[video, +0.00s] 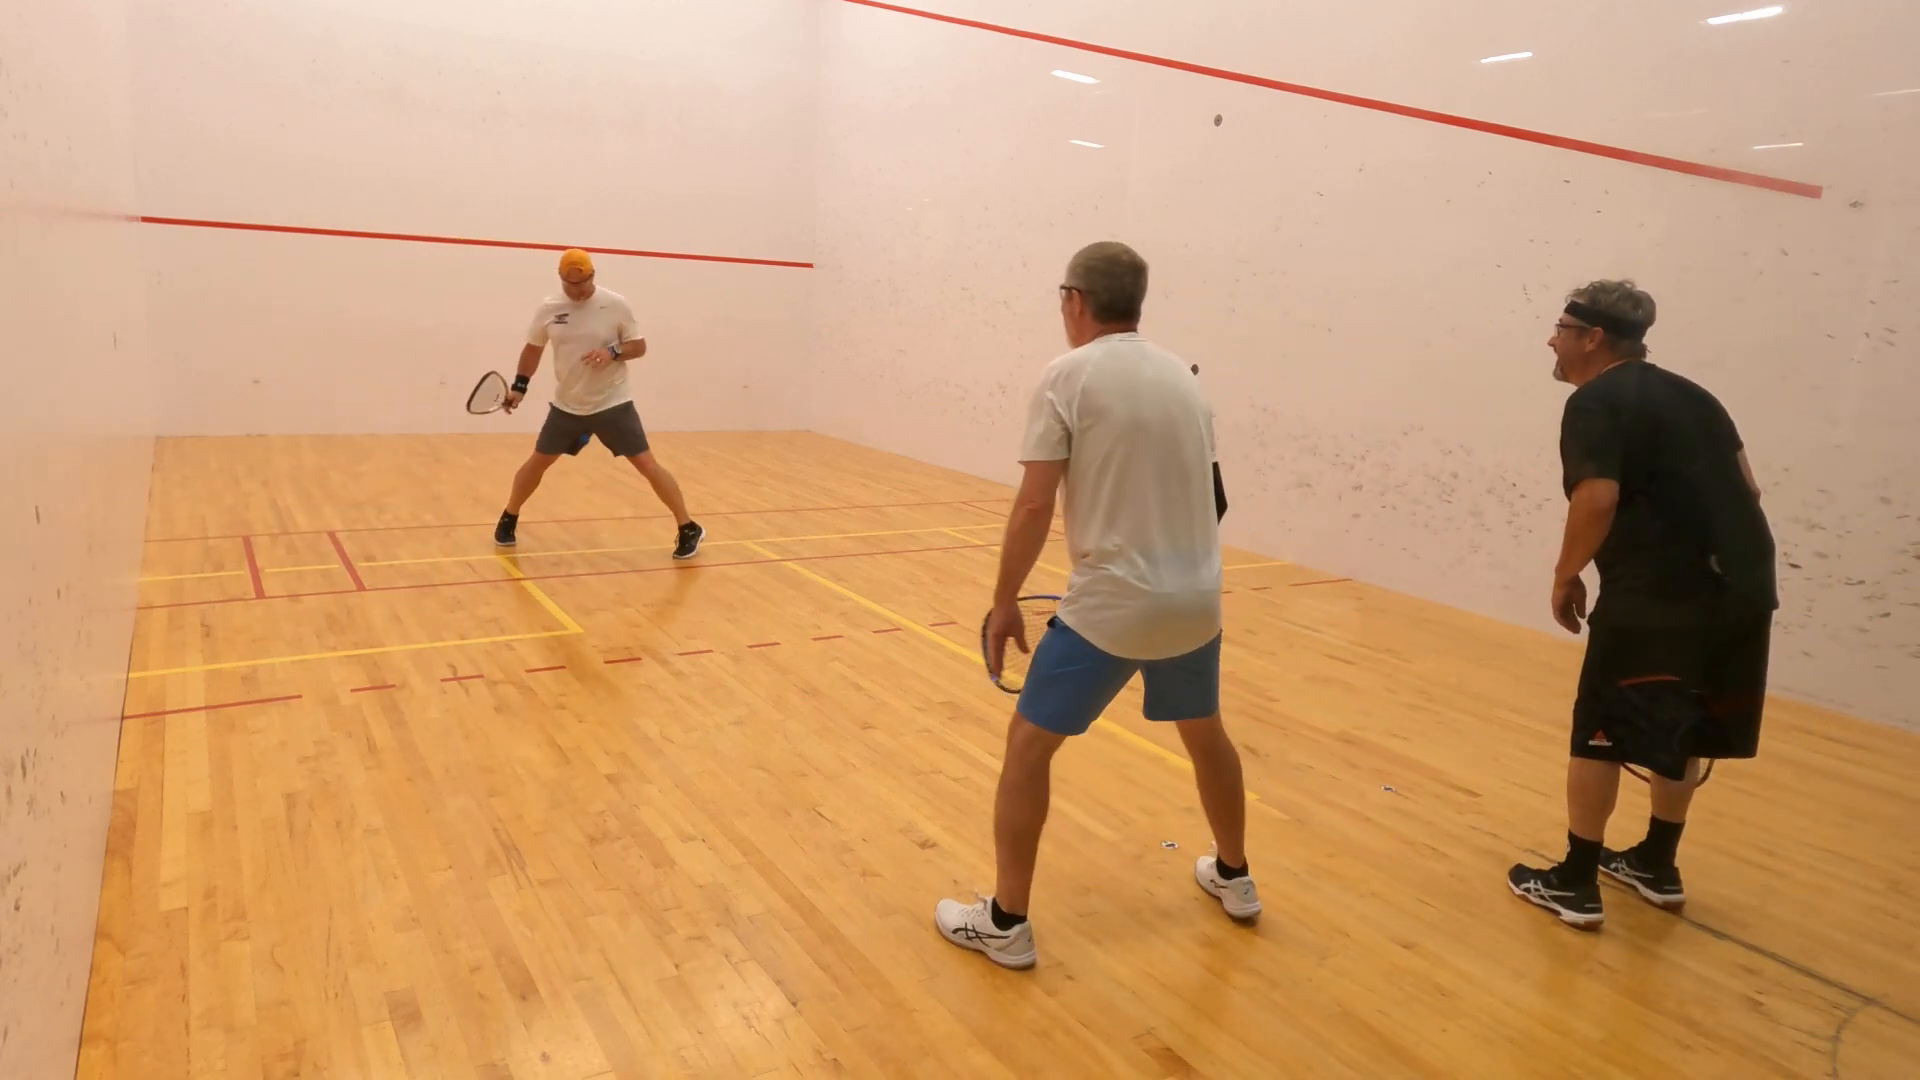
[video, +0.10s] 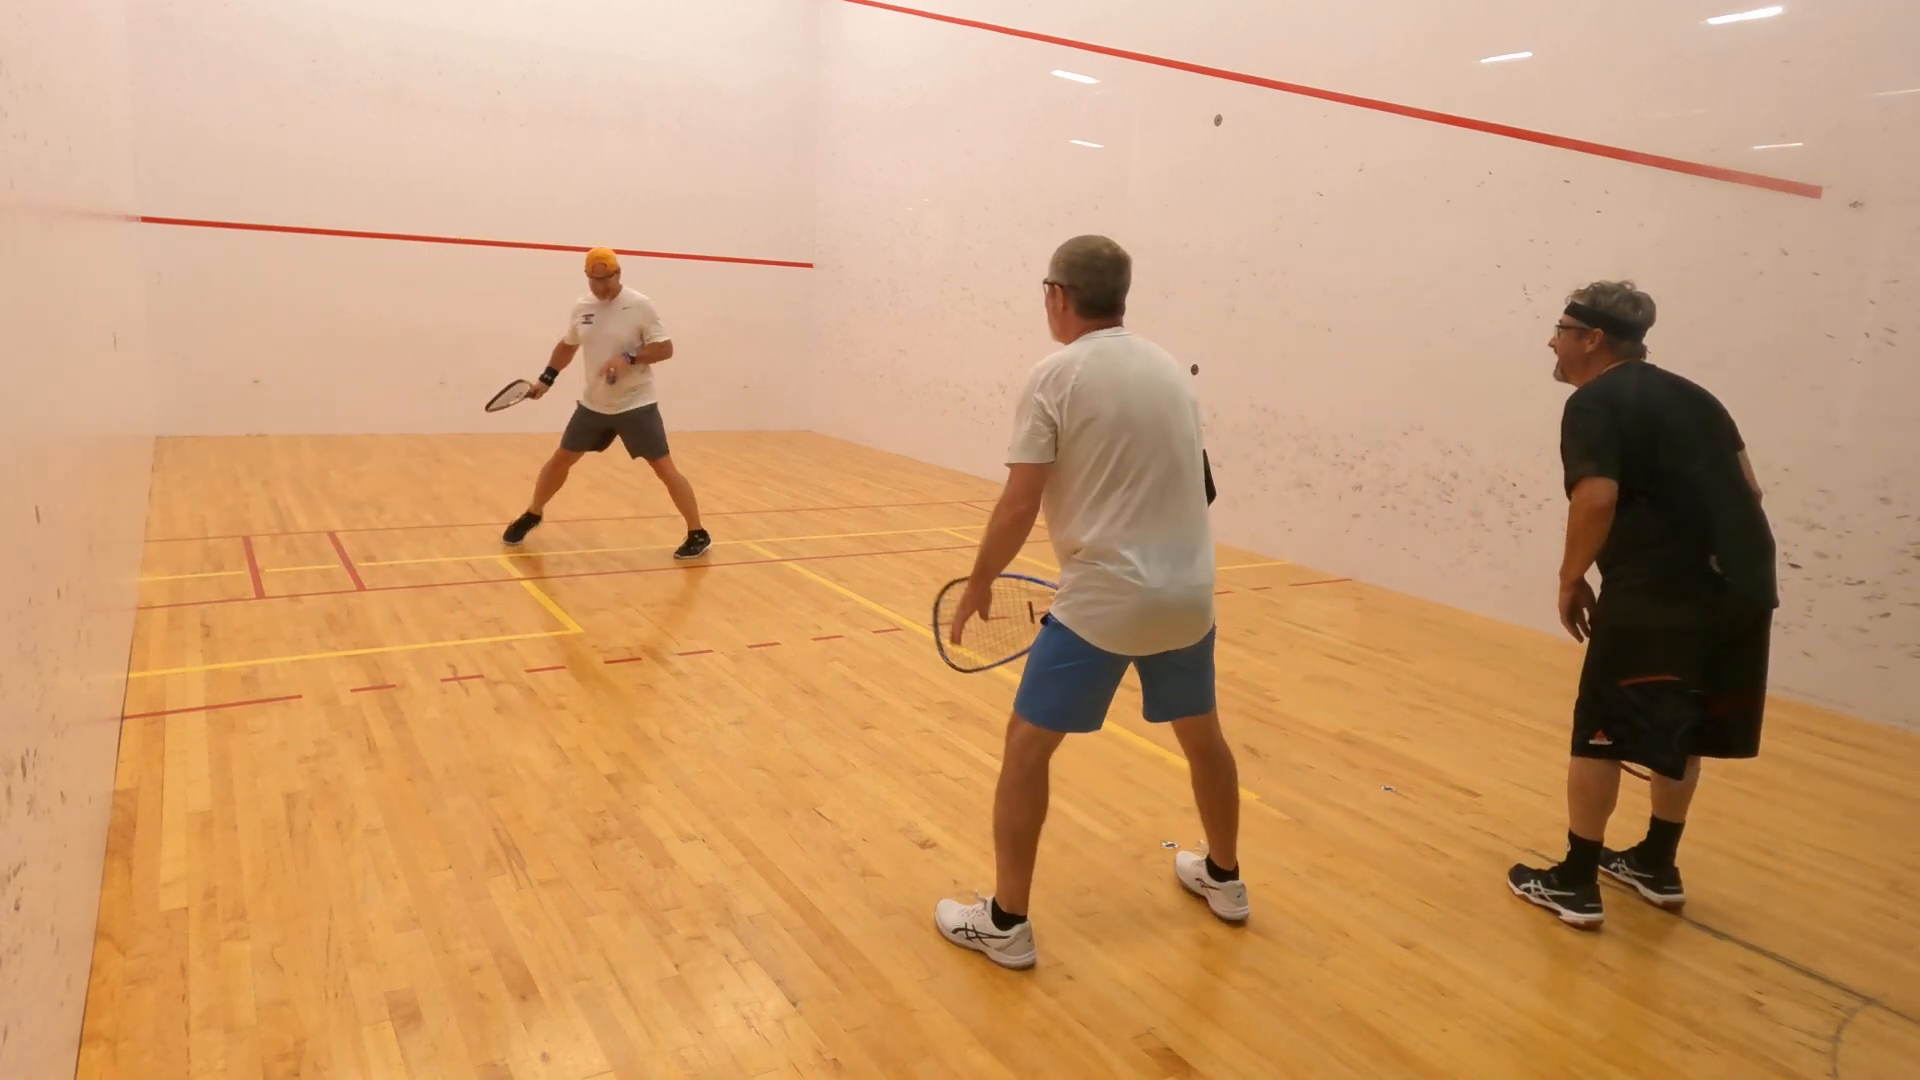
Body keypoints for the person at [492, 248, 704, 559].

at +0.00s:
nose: (577, 289)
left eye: (582, 282)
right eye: (570, 283)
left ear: (593, 276)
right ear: (561, 279)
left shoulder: (616, 306)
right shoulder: (549, 310)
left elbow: (638, 346)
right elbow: (533, 349)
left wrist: (612, 352)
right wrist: (519, 387)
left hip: (613, 405)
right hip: (567, 407)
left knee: (647, 465)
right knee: (538, 462)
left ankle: (687, 527)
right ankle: (509, 516)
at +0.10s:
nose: (600, 286)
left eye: (606, 279)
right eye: (594, 279)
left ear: (618, 275)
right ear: (587, 278)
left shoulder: (640, 306)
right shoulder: (583, 308)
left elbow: (664, 349)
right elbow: (567, 345)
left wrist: (628, 358)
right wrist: (545, 380)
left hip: (637, 405)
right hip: (594, 405)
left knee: (665, 469)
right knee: (562, 459)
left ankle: (697, 532)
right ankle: (533, 513)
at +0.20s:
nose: (619, 276)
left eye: (625, 270)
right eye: (613, 270)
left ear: (638, 267)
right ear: (607, 270)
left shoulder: (658, 302)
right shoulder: (605, 300)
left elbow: (687, 345)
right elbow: (598, 338)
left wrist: (656, 370)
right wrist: (575, 372)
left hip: (652, 402)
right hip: (613, 400)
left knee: (673, 465)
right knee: (588, 455)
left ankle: (699, 533)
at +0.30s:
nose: (635, 269)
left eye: (642, 263)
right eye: (629, 263)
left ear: (653, 262)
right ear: (622, 263)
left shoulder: (670, 299)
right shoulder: (619, 295)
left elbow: (702, 339)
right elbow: (616, 333)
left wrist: (677, 370)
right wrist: (596, 368)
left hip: (664, 399)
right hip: (628, 399)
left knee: (681, 463)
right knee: (617, 456)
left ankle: (701, 533)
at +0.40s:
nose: (647, 267)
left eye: (654, 260)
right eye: (642, 260)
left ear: (665, 261)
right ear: (634, 260)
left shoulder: (680, 298)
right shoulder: (629, 291)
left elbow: (711, 338)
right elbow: (626, 329)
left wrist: (684, 365)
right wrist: (609, 363)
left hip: (674, 395)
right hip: (642, 397)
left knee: (685, 462)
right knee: (650, 461)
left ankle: (705, 533)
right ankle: (686, 523)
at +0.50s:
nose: (657, 267)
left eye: (664, 260)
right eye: (651, 260)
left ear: (674, 261)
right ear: (643, 261)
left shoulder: (688, 298)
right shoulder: (635, 292)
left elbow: (714, 342)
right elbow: (628, 329)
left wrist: (685, 359)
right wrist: (621, 360)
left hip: (684, 395)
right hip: (653, 397)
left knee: (690, 463)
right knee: (672, 463)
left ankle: (705, 534)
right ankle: (689, 528)